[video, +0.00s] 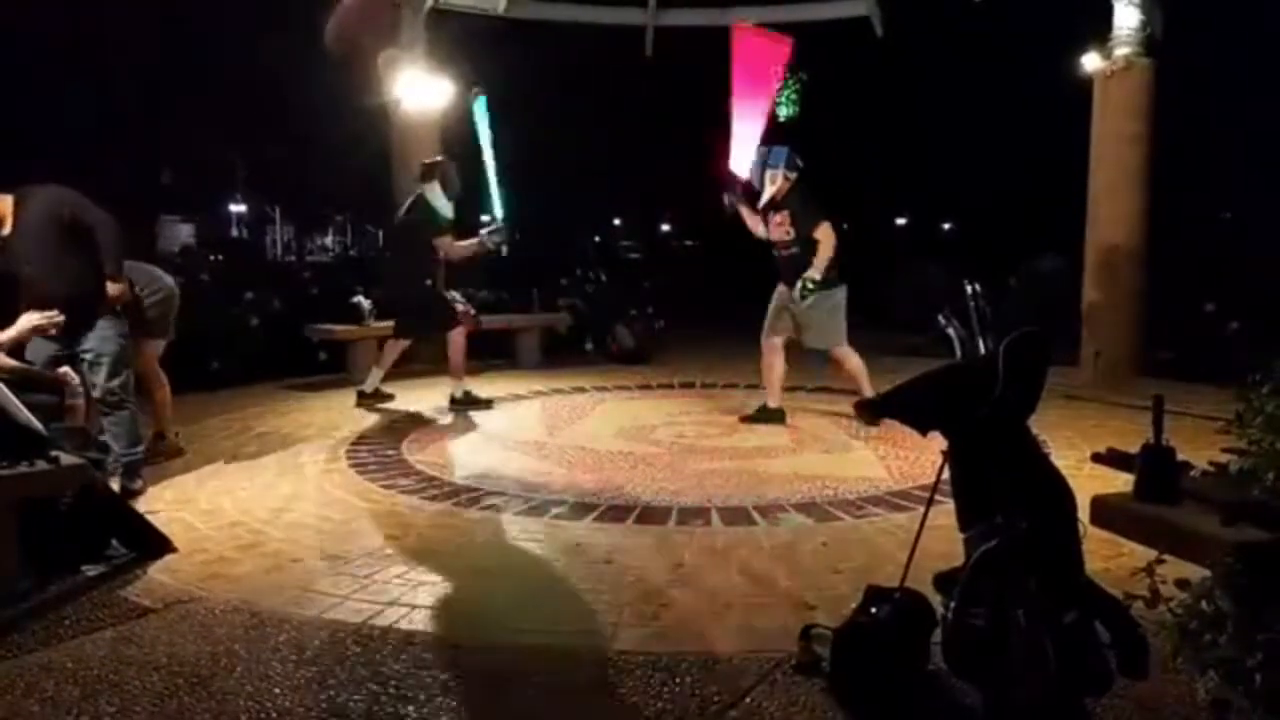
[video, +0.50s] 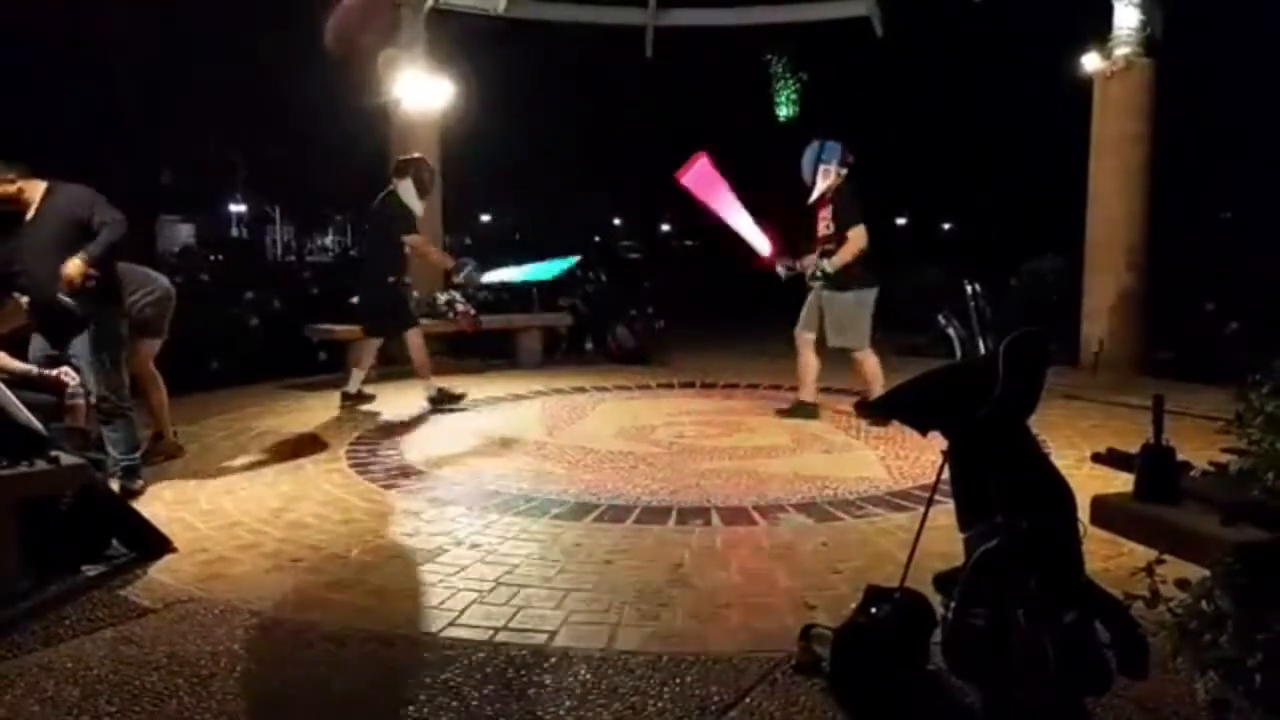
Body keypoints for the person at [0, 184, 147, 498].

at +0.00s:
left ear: (4, 200)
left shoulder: (48, 201)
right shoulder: (5, 247)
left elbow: (105, 226)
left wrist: (114, 276)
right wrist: (16, 330)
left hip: (94, 313)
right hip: (42, 326)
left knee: (110, 393)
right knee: (36, 396)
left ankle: (127, 469)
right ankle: (56, 473)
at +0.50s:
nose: (5, 200)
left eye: (4, 193)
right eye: (2, 195)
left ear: (16, 182)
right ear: (8, 189)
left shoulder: (72, 198)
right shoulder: (15, 223)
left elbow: (116, 225)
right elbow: (15, 272)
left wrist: (84, 259)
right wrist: (17, 296)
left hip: (91, 314)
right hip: (47, 321)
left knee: (106, 396)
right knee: (42, 399)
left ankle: (126, 471)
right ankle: (60, 472)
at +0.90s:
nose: (29, 195)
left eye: (29, 185)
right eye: (24, 189)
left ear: (48, 174)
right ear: (44, 179)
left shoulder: (96, 201)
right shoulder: (60, 210)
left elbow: (85, 242)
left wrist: (32, 247)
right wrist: (24, 262)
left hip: (109, 311)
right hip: (73, 311)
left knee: (115, 395)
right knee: (62, 388)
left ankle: (127, 470)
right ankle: (75, 466)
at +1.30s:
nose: (8, 204)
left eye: (6, 197)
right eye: (5, 198)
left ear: (15, 186)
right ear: (18, 184)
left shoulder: (64, 208)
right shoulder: (46, 212)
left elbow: (52, 265)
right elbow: (45, 262)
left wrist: (25, 289)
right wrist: (25, 285)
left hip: (103, 313)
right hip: (79, 313)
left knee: (113, 395)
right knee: (87, 395)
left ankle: (127, 470)